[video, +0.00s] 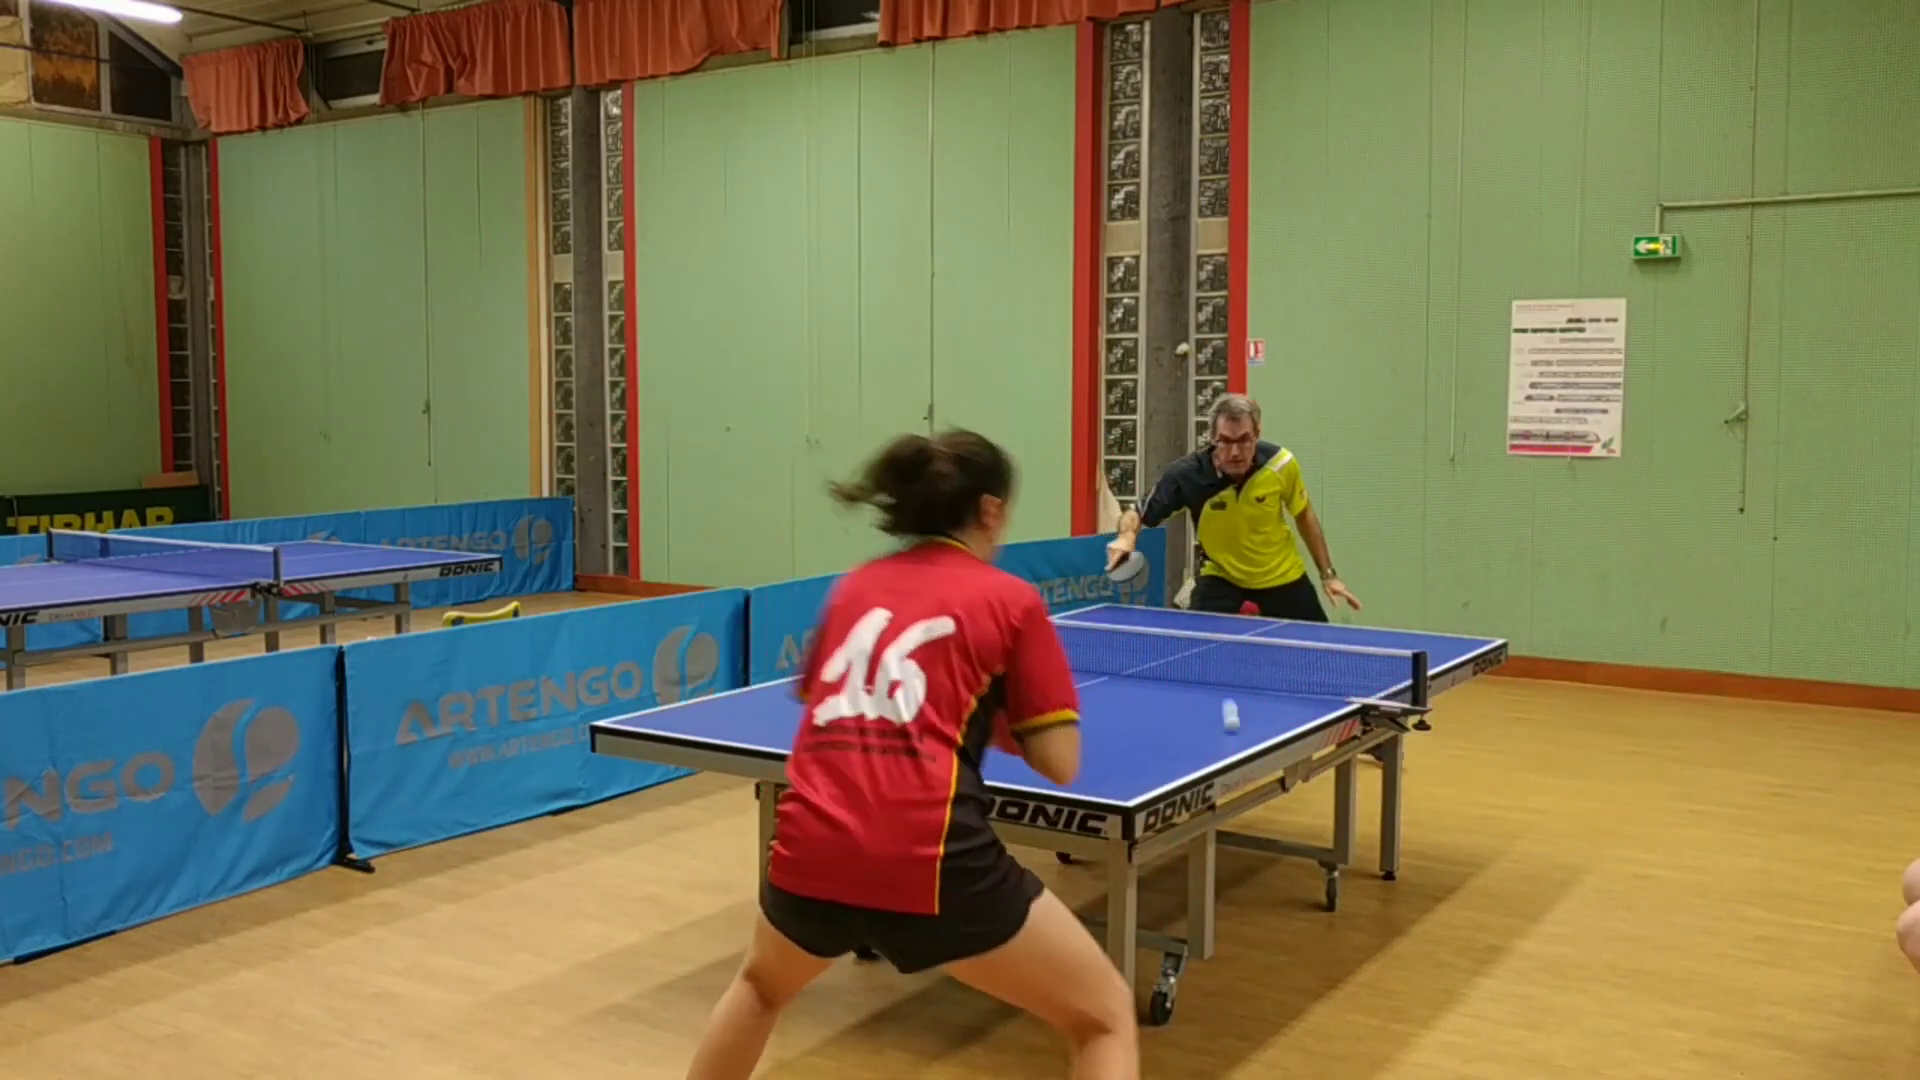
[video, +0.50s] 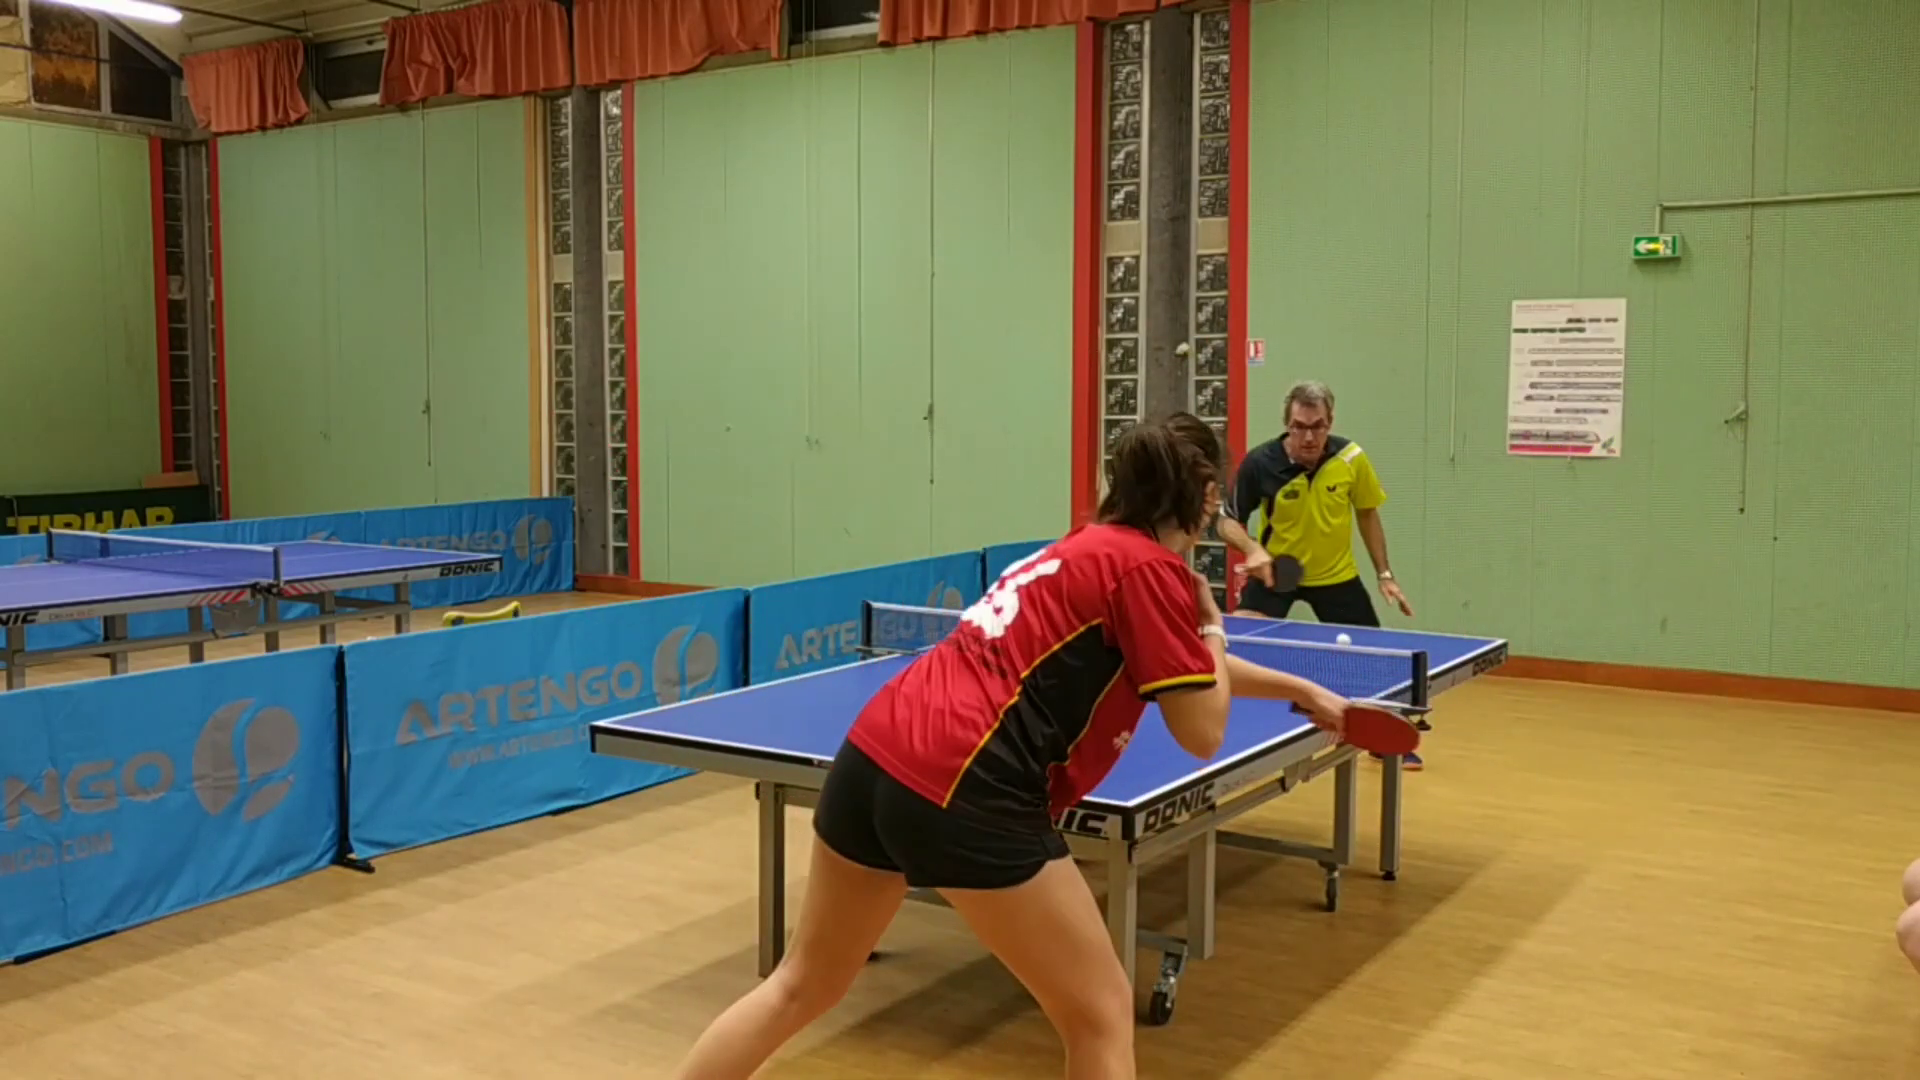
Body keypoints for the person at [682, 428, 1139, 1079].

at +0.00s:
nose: (1008, 516)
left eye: (1009, 502)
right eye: (1008, 502)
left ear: (915, 503)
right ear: (989, 508)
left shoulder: (855, 584)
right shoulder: (1010, 599)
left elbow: (819, 698)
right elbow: (1060, 762)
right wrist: (988, 708)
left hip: (810, 865)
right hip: (934, 869)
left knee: (756, 990)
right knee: (1103, 1019)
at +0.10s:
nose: (1097, 545)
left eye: (1097, 532)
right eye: (1096, 532)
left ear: (1000, 526)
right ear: (1074, 535)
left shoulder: (937, 590)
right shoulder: (1072, 618)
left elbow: (950, 718)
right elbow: (1107, 783)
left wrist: (1069, 711)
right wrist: (1104, 719)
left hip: (833, 844)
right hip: (947, 860)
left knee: (768, 999)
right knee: (1132, 1020)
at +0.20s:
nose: (1176, 545)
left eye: (1178, 531)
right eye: (1174, 531)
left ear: (1079, 528)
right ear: (1151, 536)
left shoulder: (1022, 579)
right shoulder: (1128, 611)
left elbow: (1065, 674)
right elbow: (1154, 776)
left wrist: (1182, 686)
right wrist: (1147, 697)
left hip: (849, 813)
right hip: (960, 840)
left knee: (767, 1015)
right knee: (1131, 1018)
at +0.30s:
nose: (1214, 545)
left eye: (1214, 530)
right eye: (1214, 530)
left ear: (1125, 520)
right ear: (1193, 532)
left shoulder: (1077, 569)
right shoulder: (1149, 593)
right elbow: (1185, 751)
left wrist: (1261, 682)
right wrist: (1185, 667)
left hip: (862, 774)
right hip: (959, 806)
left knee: (766, 1000)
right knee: (1107, 1024)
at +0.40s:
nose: (1237, 531)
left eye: (1235, 515)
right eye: (1235, 513)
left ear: (1139, 504)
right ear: (1213, 514)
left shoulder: (1095, 558)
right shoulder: (1157, 581)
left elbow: (1205, 660)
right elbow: (1199, 739)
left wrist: (1296, 687)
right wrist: (1209, 629)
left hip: (870, 755)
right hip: (960, 788)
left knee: (776, 992)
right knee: (1094, 1025)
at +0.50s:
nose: (1217, 508)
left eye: (1217, 492)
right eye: (1215, 494)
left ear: (1125, 485)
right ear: (1197, 498)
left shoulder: (1083, 547)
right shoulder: (1153, 574)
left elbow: (1190, 664)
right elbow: (1202, 732)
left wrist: (1304, 691)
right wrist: (1211, 631)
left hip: (872, 754)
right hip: (967, 790)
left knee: (800, 983)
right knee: (1099, 1018)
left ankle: (689, 1078)